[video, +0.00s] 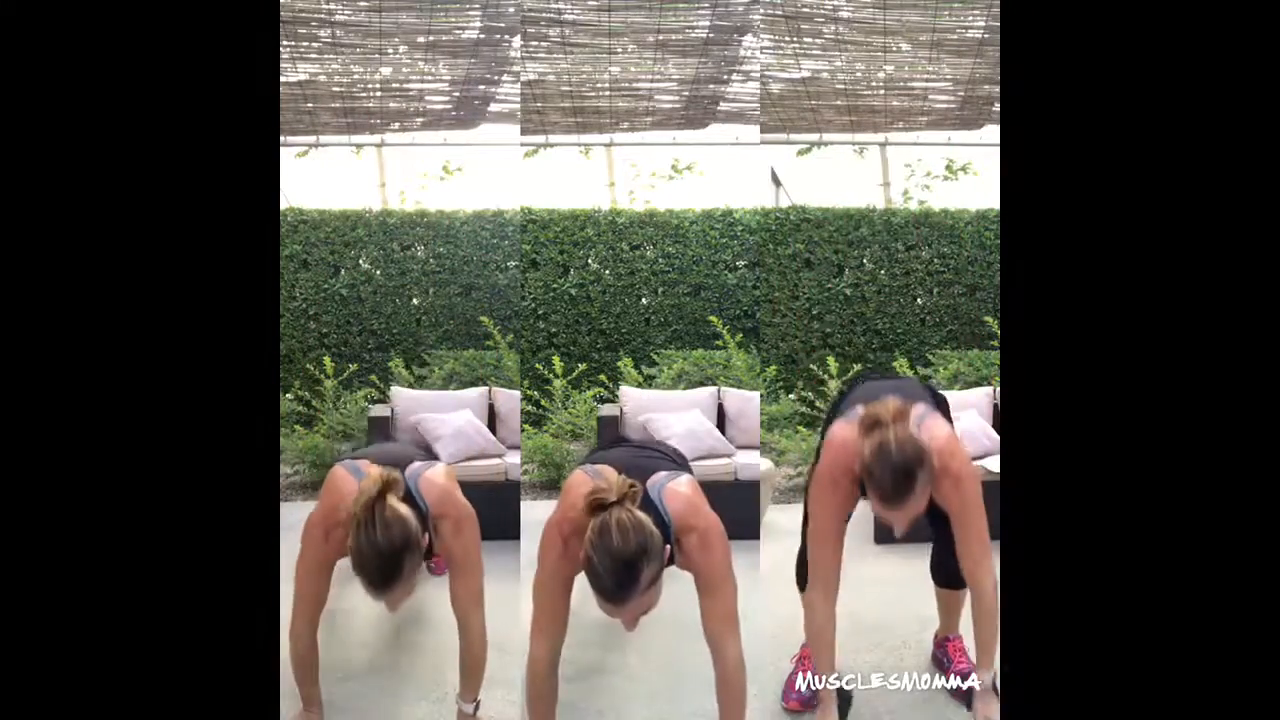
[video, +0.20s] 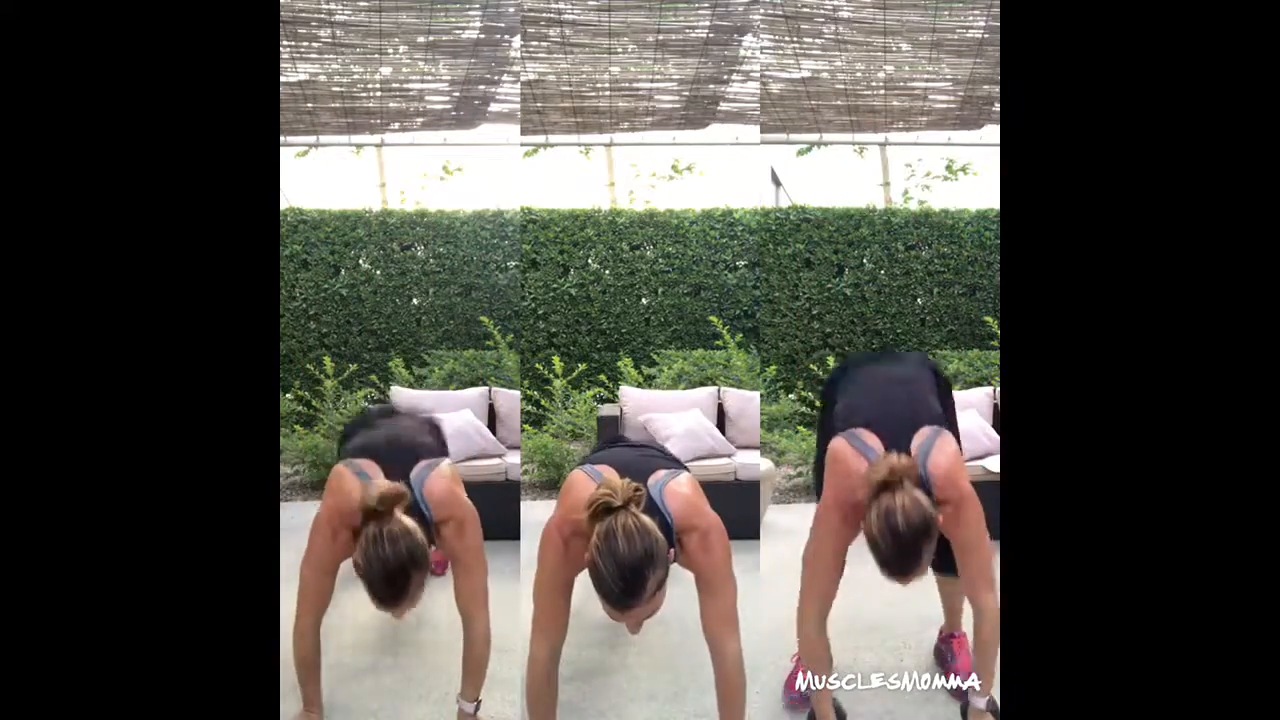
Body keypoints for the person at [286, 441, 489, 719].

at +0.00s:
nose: (393, 606)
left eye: (405, 591)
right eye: (381, 597)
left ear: (424, 541)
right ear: (351, 548)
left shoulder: (452, 510)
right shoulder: (328, 516)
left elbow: (471, 619)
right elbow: (302, 627)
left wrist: (467, 707)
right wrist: (311, 709)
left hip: (430, 466)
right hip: (354, 466)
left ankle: (436, 549)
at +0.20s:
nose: (400, 616)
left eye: (410, 604)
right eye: (388, 610)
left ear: (427, 555)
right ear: (357, 565)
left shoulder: (452, 506)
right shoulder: (339, 506)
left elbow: (476, 618)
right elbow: (307, 618)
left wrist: (468, 706)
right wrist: (311, 709)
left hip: (428, 439)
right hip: (360, 440)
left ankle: (439, 547)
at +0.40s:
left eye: (404, 582)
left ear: (423, 540)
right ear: (360, 542)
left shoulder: (442, 494)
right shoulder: (345, 496)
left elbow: (459, 609)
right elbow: (322, 611)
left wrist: (466, 705)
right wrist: (312, 709)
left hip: (431, 388)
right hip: (361, 387)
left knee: (454, 512)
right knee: (334, 510)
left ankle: (435, 556)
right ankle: (347, 560)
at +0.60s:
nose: (394, 521)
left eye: (404, 509)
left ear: (418, 484)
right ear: (365, 489)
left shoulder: (441, 471)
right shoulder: (345, 471)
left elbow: (468, 588)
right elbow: (312, 592)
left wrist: (473, 692)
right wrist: (302, 696)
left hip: (432, 426)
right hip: (367, 421)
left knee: (453, 525)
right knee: (323, 521)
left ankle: (437, 610)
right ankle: (350, 609)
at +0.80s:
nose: (396, 406)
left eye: (406, 392)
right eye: (382, 394)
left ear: (422, 388)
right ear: (366, 393)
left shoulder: (446, 418)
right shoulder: (349, 418)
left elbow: (489, 500)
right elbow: (302, 503)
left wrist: (487, 589)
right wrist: (299, 592)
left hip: (429, 466)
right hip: (365, 465)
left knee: (454, 528)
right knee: (331, 526)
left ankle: (436, 610)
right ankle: (349, 608)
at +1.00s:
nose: (394, 334)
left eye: (404, 321)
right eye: (382, 323)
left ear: (420, 324)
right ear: (364, 328)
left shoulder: (450, 368)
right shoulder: (342, 367)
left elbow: (471, 399)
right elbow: (329, 412)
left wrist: (472, 456)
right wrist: (324, 475)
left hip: (426, 430)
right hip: (362, 430)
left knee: (446, 516)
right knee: (344, 516)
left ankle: (435, 610)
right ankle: (350, 607)